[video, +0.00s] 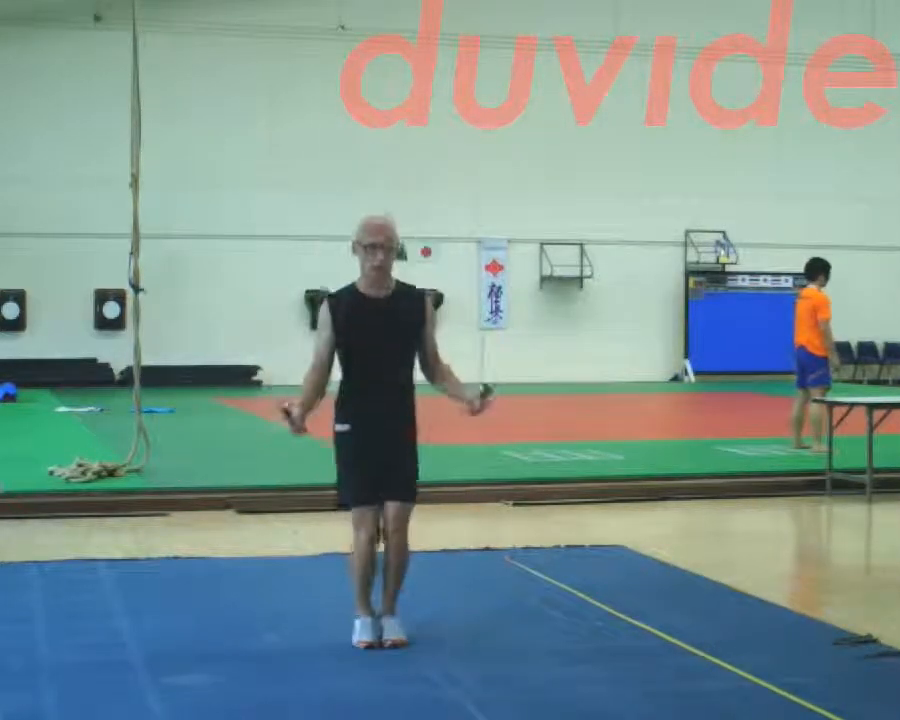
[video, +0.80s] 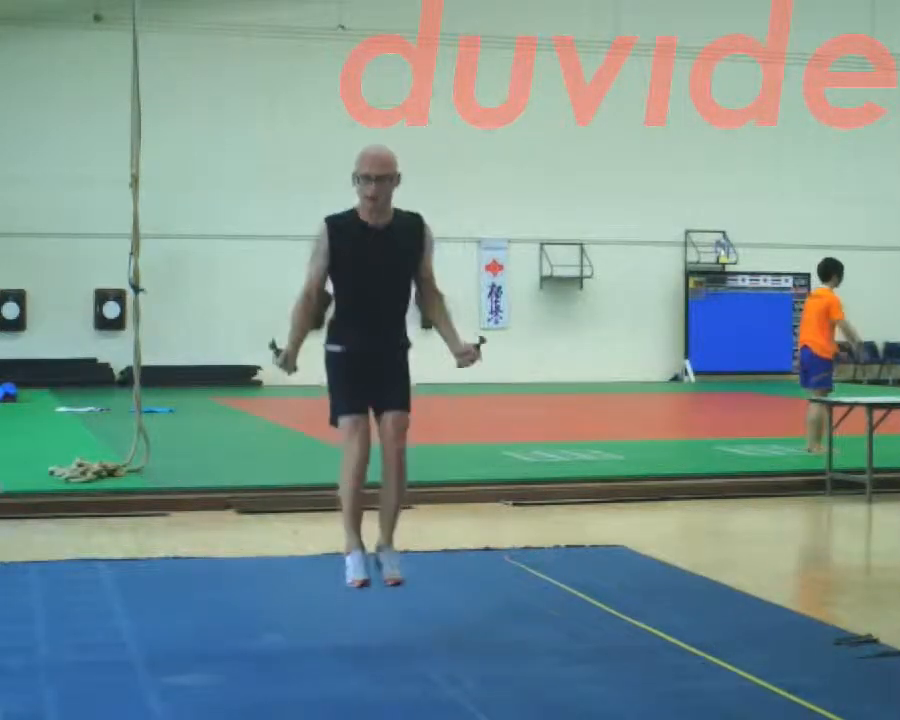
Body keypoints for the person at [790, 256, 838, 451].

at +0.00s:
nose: (827, 279)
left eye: (827, 275)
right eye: (826, 275)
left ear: (808, 275)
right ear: (821, 275)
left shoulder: (802, 295)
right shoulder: (820, 298)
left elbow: (801, 323)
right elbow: (824, 326)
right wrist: (832, 353)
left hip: (801, 348)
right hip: (815, 350)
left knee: (802, 394)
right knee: (818, 397)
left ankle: (797, 439)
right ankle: (818, 441)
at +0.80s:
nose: (840, 280)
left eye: (840, 276)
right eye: (840, 276)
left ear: (821, 275)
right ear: (836, 276)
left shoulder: (813, 296)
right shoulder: (831, 298)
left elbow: (816, 329)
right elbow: (842, 324)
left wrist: (835, 344)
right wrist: (857, 342)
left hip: (806, 347)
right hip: (820, 349)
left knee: (817, 397)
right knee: (818, 397)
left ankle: (814, 443)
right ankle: (814, 444)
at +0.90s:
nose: (841, 281)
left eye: (841, 277)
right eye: (840, 277)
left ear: (822, 276)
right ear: (836, 277)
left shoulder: (813, 296)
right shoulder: (831, 298)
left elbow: (831, 331)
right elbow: (847, 323)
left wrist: (852, 343)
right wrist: (862, 338)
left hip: (807, 348)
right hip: (819, 351)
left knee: (813, 397)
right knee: (819, 398)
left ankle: (812, 443)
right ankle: (815, 444)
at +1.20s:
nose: (850, 291)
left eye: (851, 287)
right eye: (850, 286)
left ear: (833, 282)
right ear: (845, 285)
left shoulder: (818, 299)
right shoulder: (832, 302)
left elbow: (803, 320)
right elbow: (829, 326)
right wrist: (829, 351)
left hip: (805, 351)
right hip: (818, 354)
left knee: (817, 398)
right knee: (823, 398)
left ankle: (817, 441)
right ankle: (818, 442)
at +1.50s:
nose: (848, 318)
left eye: (850, 314)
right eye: (849, 313)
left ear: (837, 302)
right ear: (843, 308)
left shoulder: (815, 303)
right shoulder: (826, 309)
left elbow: (801, 289)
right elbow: (809, 289)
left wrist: (793, 272)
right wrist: (796, 272)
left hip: (785, 350)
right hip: (794, 355)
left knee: (805, 401)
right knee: (806, 402)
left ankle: (793, 443)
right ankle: (793, 444)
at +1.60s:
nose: (845, 340)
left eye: (847, 337)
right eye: (845, 336)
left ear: (833, 326)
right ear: (840, 334)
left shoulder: (812, 329)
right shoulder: (824, 335)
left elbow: (796, 316)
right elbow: (801, 316)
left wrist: (785, 299)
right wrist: (786, 299)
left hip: (775, 366)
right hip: (786, 372)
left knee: (805, 407)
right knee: (810, 407)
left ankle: (792, 443)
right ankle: (793, 444)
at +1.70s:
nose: (842, 341)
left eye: (844, 337)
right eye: (843, 337)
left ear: (827, 329)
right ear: (837, 334)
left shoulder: (812, 341)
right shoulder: (819, 345)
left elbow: (785, 351)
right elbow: (793, 354)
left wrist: (757, 349)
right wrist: (770, 356)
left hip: (776, 377)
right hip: (783, 380)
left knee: (812, 409)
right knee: (815, 409)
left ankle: (792, 444)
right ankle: (792, 445)